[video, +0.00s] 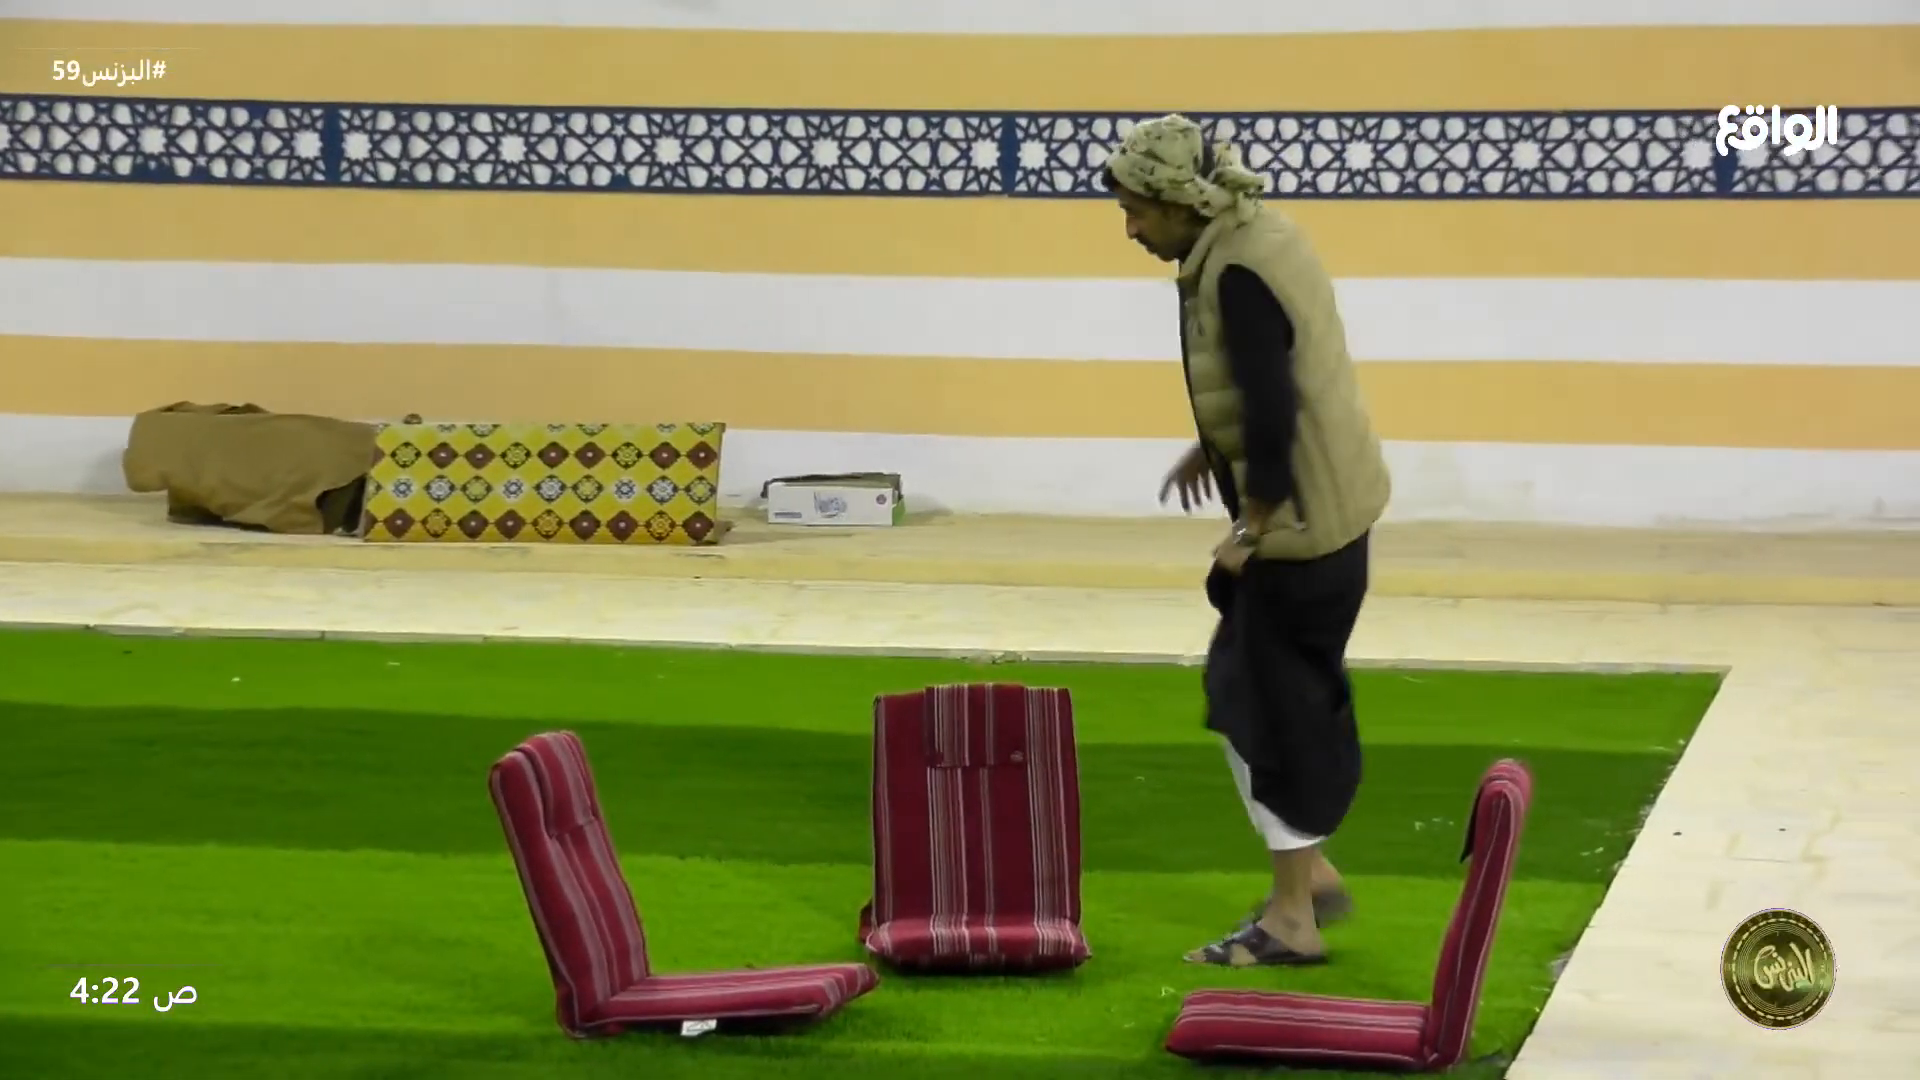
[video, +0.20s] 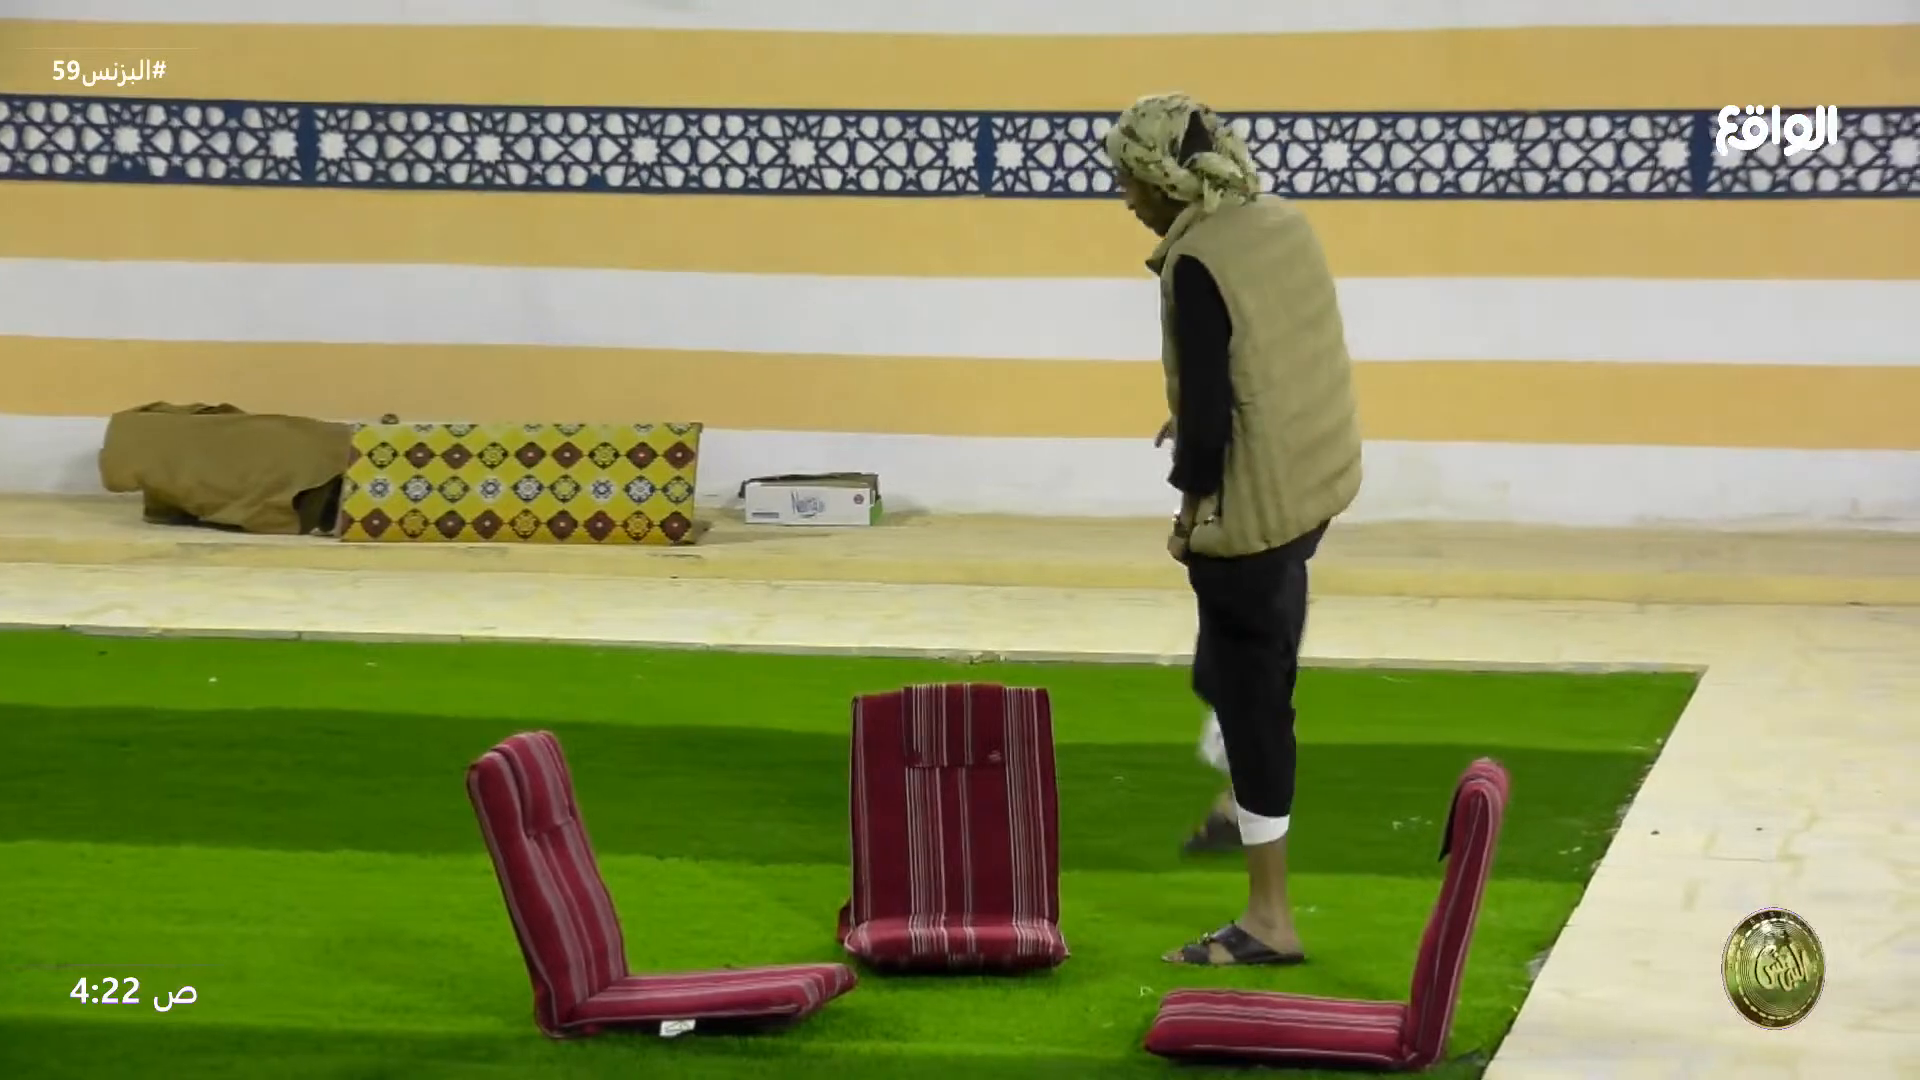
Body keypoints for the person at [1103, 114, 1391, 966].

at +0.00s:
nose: (1130, 230)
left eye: (1134, 213)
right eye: (1126, 215)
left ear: (1177, 198)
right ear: (1187, 196)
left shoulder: (1236, 271)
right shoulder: (1253, 239)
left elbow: (1272, 402)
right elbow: (1265, 374)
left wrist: (1252, 523)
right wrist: (1215, 443)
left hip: (1304, 534)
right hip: (1312, 515)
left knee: (1267, 706)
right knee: (1239, 686)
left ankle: (1292, 917)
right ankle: (1310, 873)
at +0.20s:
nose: (1128, 200)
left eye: (1128, 184)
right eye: (1123, 185)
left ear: (1160, 179)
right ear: (1210, 157)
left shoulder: (1196, 262)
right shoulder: (1284, 221)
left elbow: (1205, 409)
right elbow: (1290, 353)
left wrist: (1193, 504)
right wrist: (1199, 412)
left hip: (1252, 511)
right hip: (1322, 483)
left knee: (1253, 696)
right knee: (1241, 643)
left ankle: (1270, 920)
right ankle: (1246, 799)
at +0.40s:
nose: (1139, 183)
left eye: (1142, 166)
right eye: (1138, 166)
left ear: (1169, 165)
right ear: (1229, 150)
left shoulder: (1183, 258)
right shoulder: (1298, 231)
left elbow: (1180, 403)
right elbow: (1334, 367)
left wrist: (1160, 501)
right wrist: (1298, 456)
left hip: (1221, 520)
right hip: (1297, 501)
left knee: (1231, 704)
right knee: (1272, 640)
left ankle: (1255, 919)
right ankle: (1271, 793)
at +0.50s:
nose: (1147, 173)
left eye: (1150, 158)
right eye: (1147, 157)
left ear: (1174, 162)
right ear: (1240, 148)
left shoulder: (1183, 258)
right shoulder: (1300, 234)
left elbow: (1174, 403)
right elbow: (1341, 369)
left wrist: (1153, 501)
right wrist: (1360, 486)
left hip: (1216, 517)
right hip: (1293, 502)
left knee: (1226, 697)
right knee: (1271, 658)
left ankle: (1249, 919)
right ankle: (1282, 843)